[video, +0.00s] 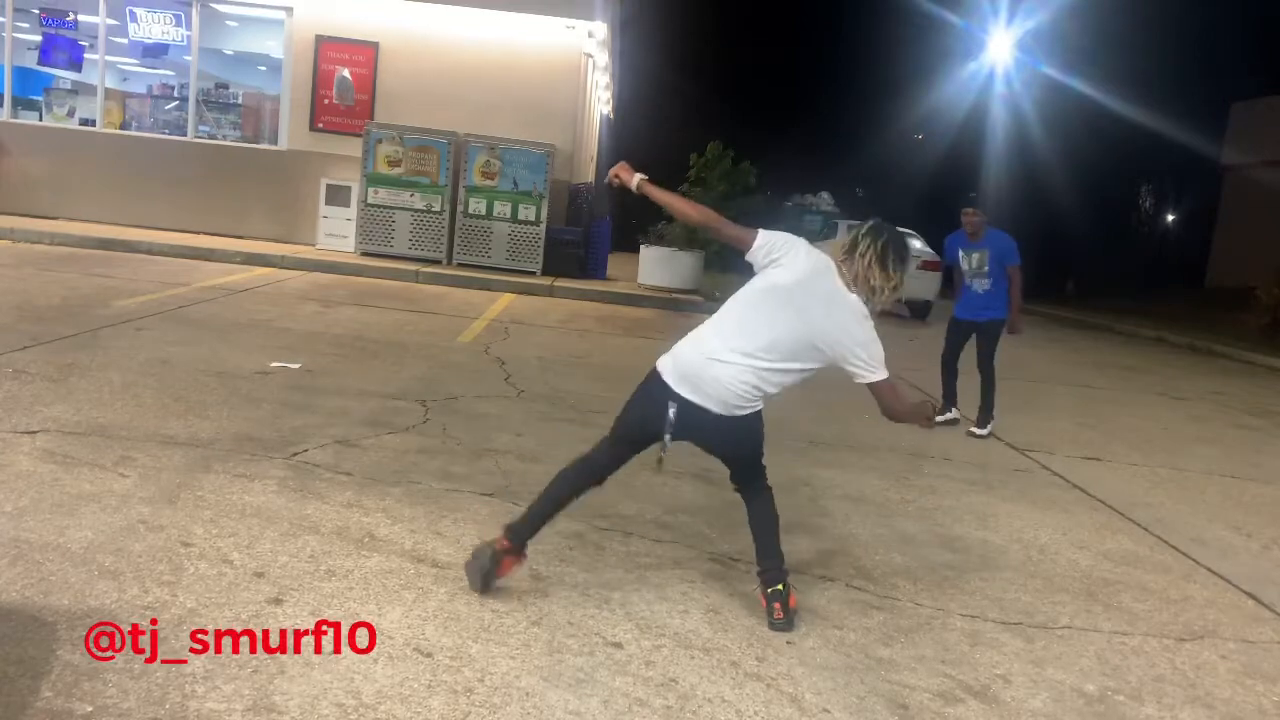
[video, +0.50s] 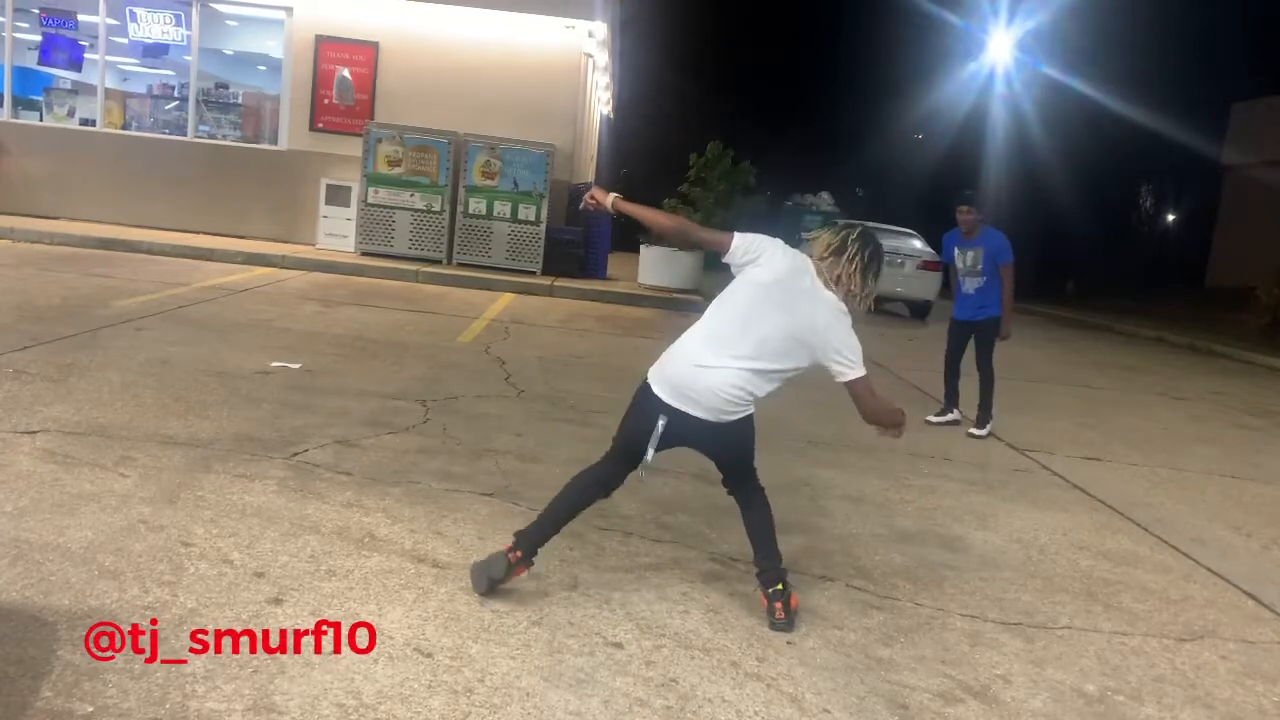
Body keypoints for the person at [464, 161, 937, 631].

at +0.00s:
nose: (886, 292)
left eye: (890, 283)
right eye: (888, 282)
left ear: (850, 249)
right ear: (873, 270)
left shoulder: (794, 250)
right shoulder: (852, 323)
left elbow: (717, 225)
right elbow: (895, 405)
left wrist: (644, 186)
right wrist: (933, 411)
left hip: (667, 383)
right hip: (730, 416)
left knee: (599, 461)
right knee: (754, 488)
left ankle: (513, 542)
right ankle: (776, 596)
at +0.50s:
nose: (862, 294)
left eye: (860, 282)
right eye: (865, 284)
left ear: (826, 250)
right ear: (856, 278)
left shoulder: (771, 252)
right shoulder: (834, 322)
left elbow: (687, 232)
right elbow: (871, 408)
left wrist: (617, 203)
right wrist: (894, 418)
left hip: (661, 391)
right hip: (724, 418)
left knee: (610, 468)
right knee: (746, 488)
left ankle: (520, 550)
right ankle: (776, 592)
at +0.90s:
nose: (776, 232)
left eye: (781, 230)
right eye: (780, 230)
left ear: (789, 239)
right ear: (819, 261)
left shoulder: (765, 249)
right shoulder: (803, 311)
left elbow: (694, 214)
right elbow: (776, 362)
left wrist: (620, 170)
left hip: (668, 396)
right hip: (729, 421)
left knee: (607, 469)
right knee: (749, 489)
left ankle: (513, 548)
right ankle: (777, 592)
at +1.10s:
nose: (768, 224)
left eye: (778, 222)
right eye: (774, 220)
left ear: (787, 238)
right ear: (805, 259)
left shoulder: (749, 248)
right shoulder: (795, 313)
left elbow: (695, 284)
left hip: (666, 396)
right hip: (728, 420)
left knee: (606, 465)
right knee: (747, 484)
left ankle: (513, 547)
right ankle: (778, 589)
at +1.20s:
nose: (765, 221)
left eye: (775, 218)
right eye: (773, 216)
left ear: (785, 231)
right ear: (805, 253)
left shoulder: (741, 249)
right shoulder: (792, 309)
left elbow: (693, 308)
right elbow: (750, 362)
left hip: (670, 400)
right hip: (730, 423)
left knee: (604, 468)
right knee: (748, 485)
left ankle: (512, 549)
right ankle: (778, 591)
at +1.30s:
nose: (765, 218)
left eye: (777, 216)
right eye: (773, 213)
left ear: (791, 231)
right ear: (805, 253)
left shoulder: (739, 247)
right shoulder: (789, 308)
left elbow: (688, 303)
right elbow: (754, 364)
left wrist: (655, 378)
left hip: (665, 400)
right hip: (727, 423)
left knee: (604, 468)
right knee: (746, 488)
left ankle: (512, 552)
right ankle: (778, 593)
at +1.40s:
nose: (773, 217)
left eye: (782, 214)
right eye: (783, 214)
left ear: (787, 223)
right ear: (813, 250)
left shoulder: (738, 243)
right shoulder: (792, 307)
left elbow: (689, 299)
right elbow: (760, 363)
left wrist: (656, 374)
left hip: (662, 395)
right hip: (726, 419)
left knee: (603, 464)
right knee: (744, 488)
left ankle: (513, 549)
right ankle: (777, 591)